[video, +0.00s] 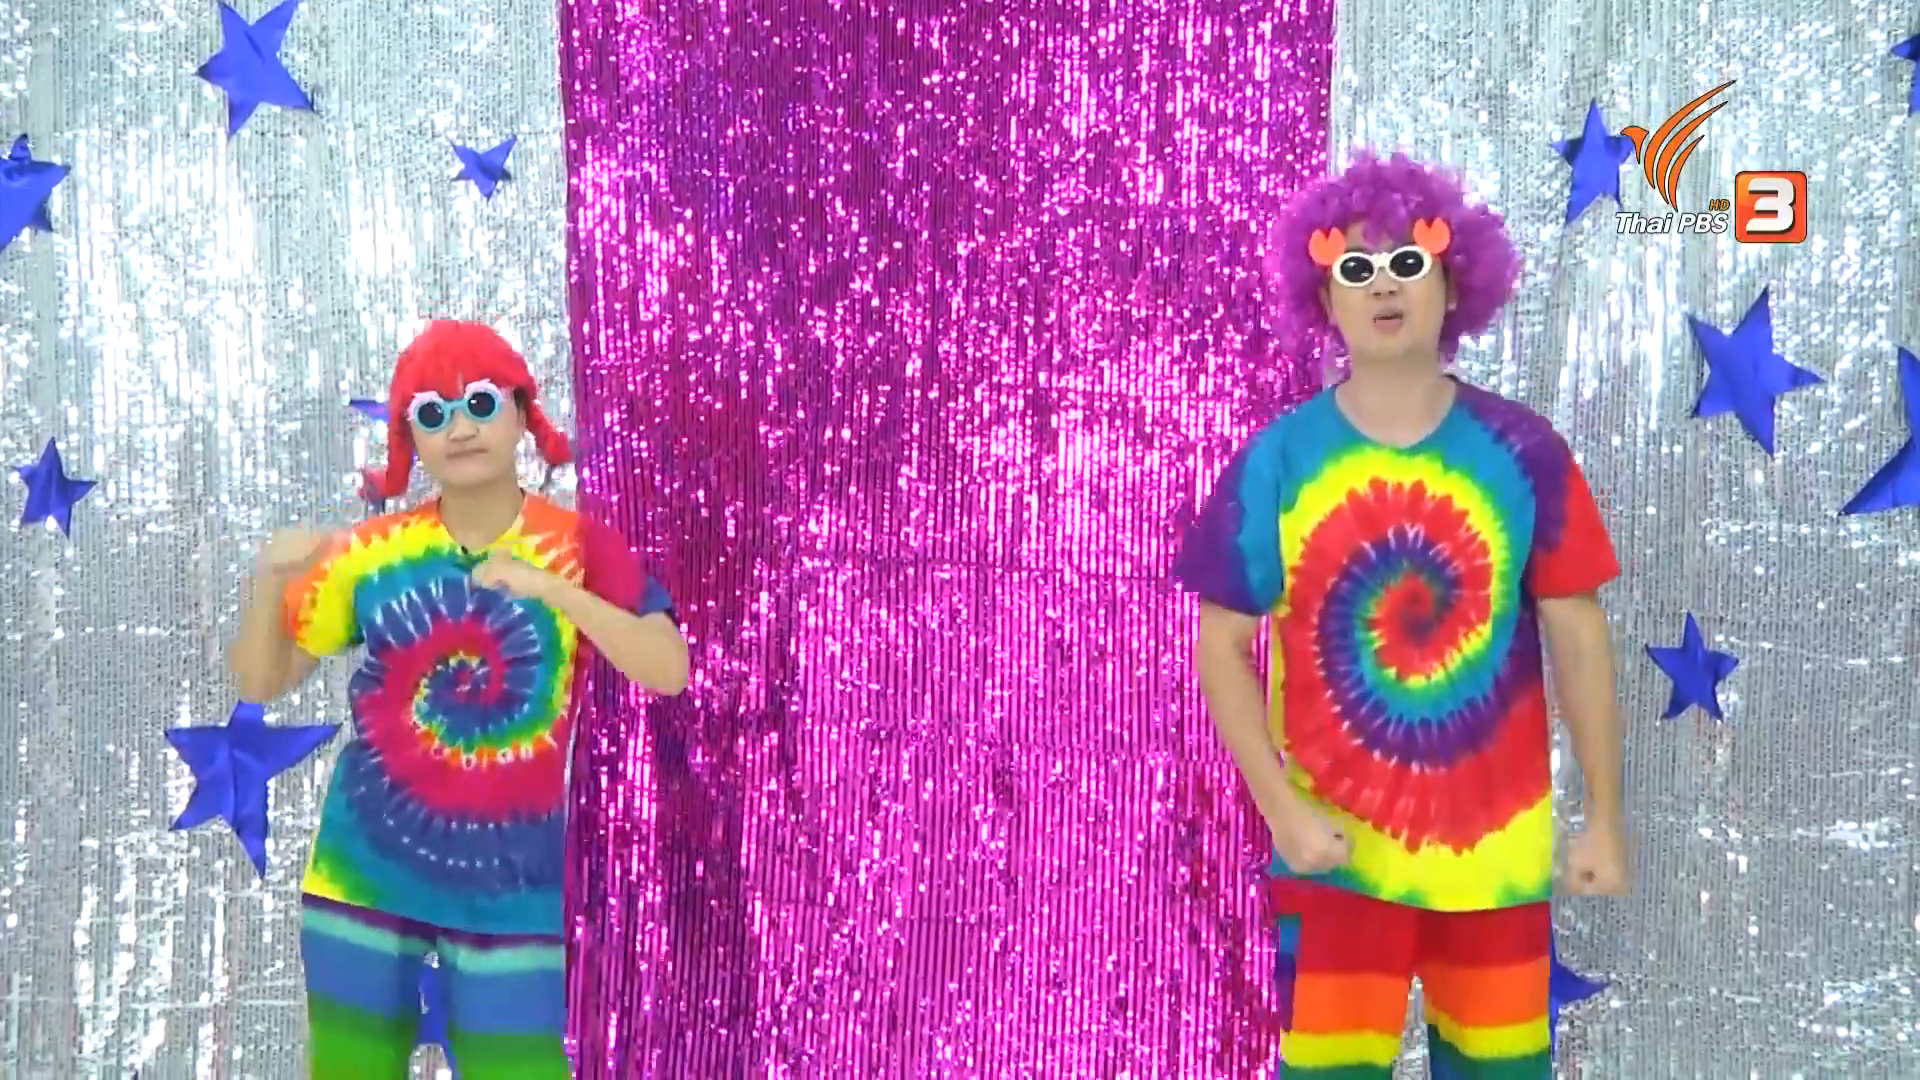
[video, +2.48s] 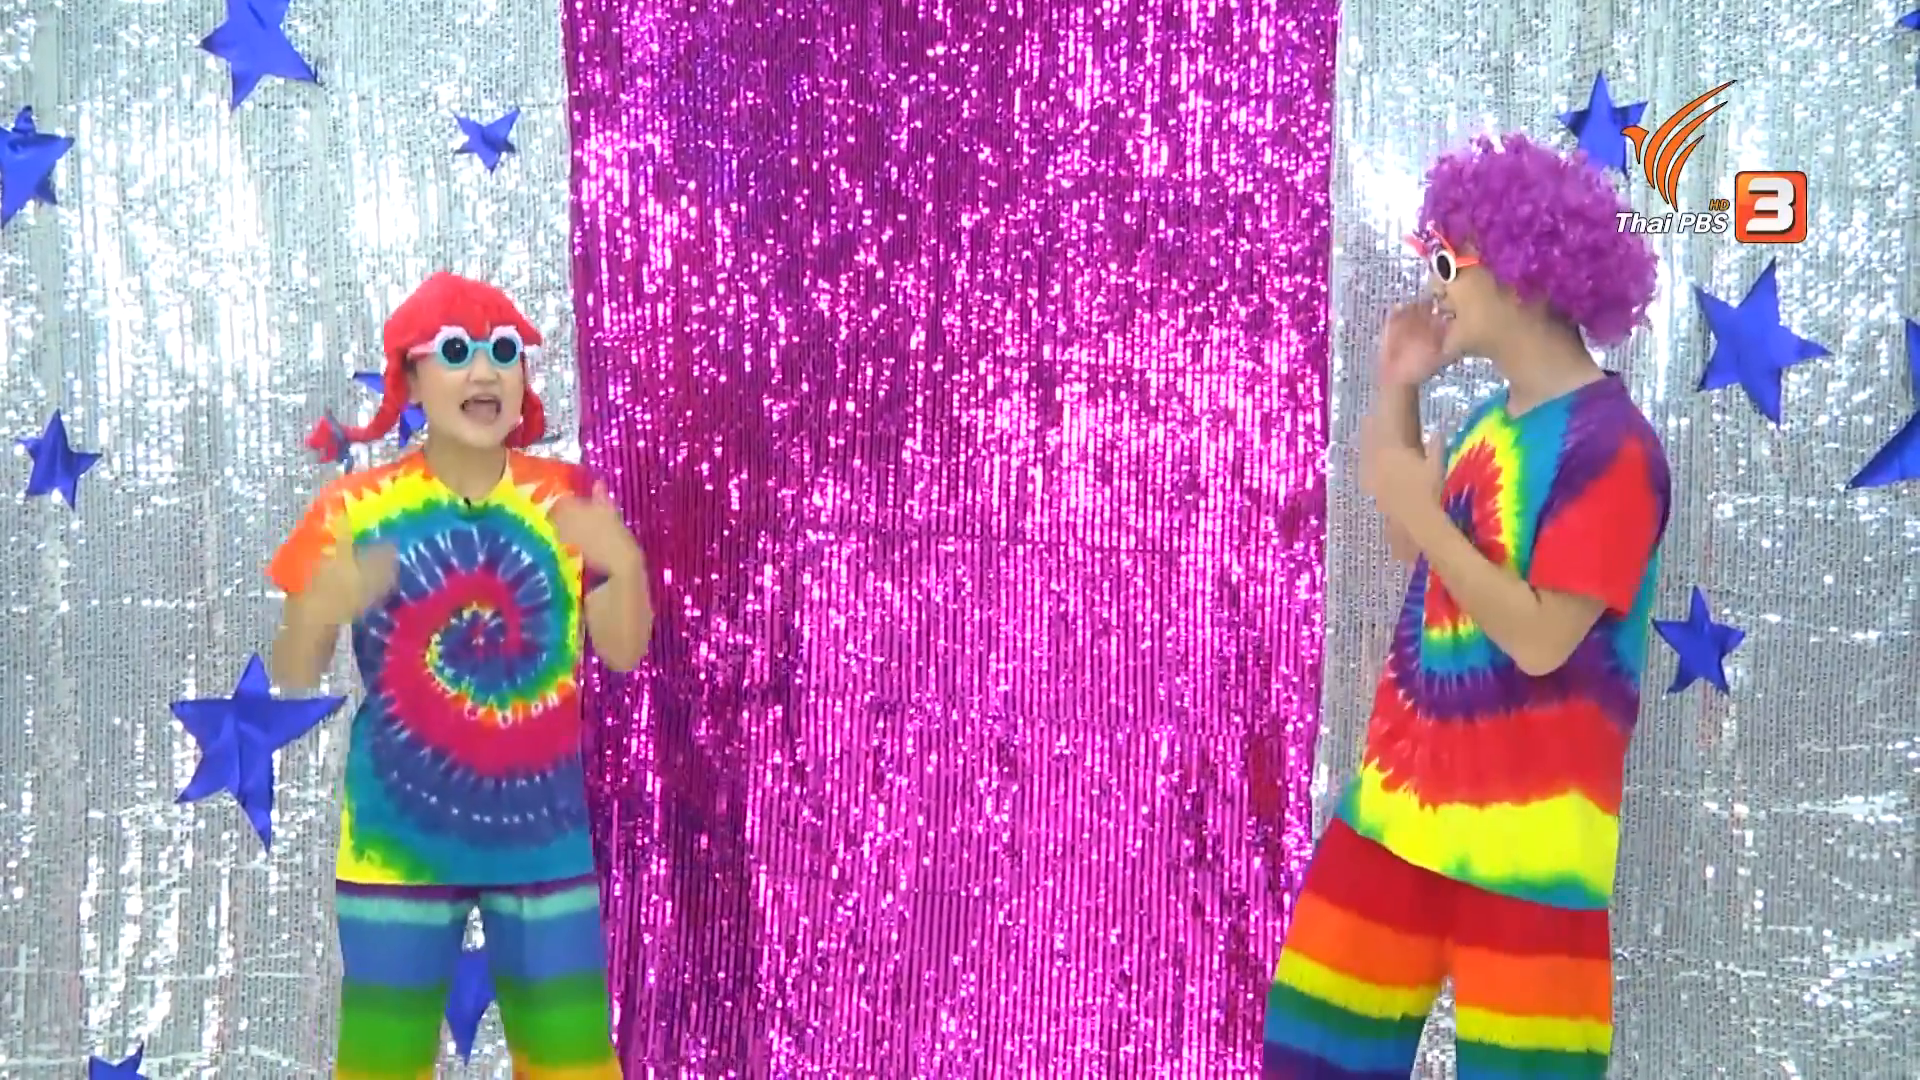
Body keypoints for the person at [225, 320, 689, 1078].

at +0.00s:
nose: (461, 426)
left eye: (483, 402)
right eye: (434, 412)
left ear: (522, 420)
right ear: (412, 441)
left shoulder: (577, 542)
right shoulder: (371, 549)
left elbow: (668, 668)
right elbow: (261, 679)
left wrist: (556, 590)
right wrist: (267, 577)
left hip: (513, 894)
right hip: (364, 885)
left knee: (518, 1068)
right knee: (350, 1067)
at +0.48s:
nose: (486, 423)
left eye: (513, 412)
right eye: (466, 398)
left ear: (537, 436)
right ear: (428, 410)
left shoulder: (572, 528)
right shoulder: (368, 539)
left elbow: (632, 668)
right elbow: (358, 679)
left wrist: (691, 804)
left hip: (587, 853)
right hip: (437, 861)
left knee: (606, 1063)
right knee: (424, 1065)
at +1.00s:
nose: (467, 413)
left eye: (489, 388)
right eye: (440, 397)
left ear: (525, 404)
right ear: (415, 422)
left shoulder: (581, 532)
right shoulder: (376, 535)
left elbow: (587, 700)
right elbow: (343, 703)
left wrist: (563, 828)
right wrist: (339, 839)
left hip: (529, 868)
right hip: (375, 866)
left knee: (546, 1067)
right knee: (358, 1066)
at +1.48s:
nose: (506, 407)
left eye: (531, 386)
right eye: (481, 386)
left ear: (563, 404)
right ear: (449, 403)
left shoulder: (598, 511)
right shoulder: (410, 521)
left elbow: (617, 692)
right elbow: (401, 680)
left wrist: (673, 614)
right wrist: (332, 625)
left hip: (594, 841)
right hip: (461, 845)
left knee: (610, 1064)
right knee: (421, 1063)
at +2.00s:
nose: (499, 396)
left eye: (522, 374)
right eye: (473, 376)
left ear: (554, 394)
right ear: (441, 395)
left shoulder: (585, 516)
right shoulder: (385, 511)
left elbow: (594, 689)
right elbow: (362, 687)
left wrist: (623, 596)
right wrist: (325, 589)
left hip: (551, 841)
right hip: (406, 846)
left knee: (587, 1064)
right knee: (397, 1065)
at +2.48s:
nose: (483, 371)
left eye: (503, 350)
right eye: (455, 352)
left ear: (527, 378)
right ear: (411, 382)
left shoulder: (563, 495)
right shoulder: (356, 507)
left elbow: (623, 648)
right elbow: (294, 676)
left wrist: (624, 563)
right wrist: (324, 603)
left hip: (543, 829)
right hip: (399, 835)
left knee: (573, 1056)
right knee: (383, 1058)